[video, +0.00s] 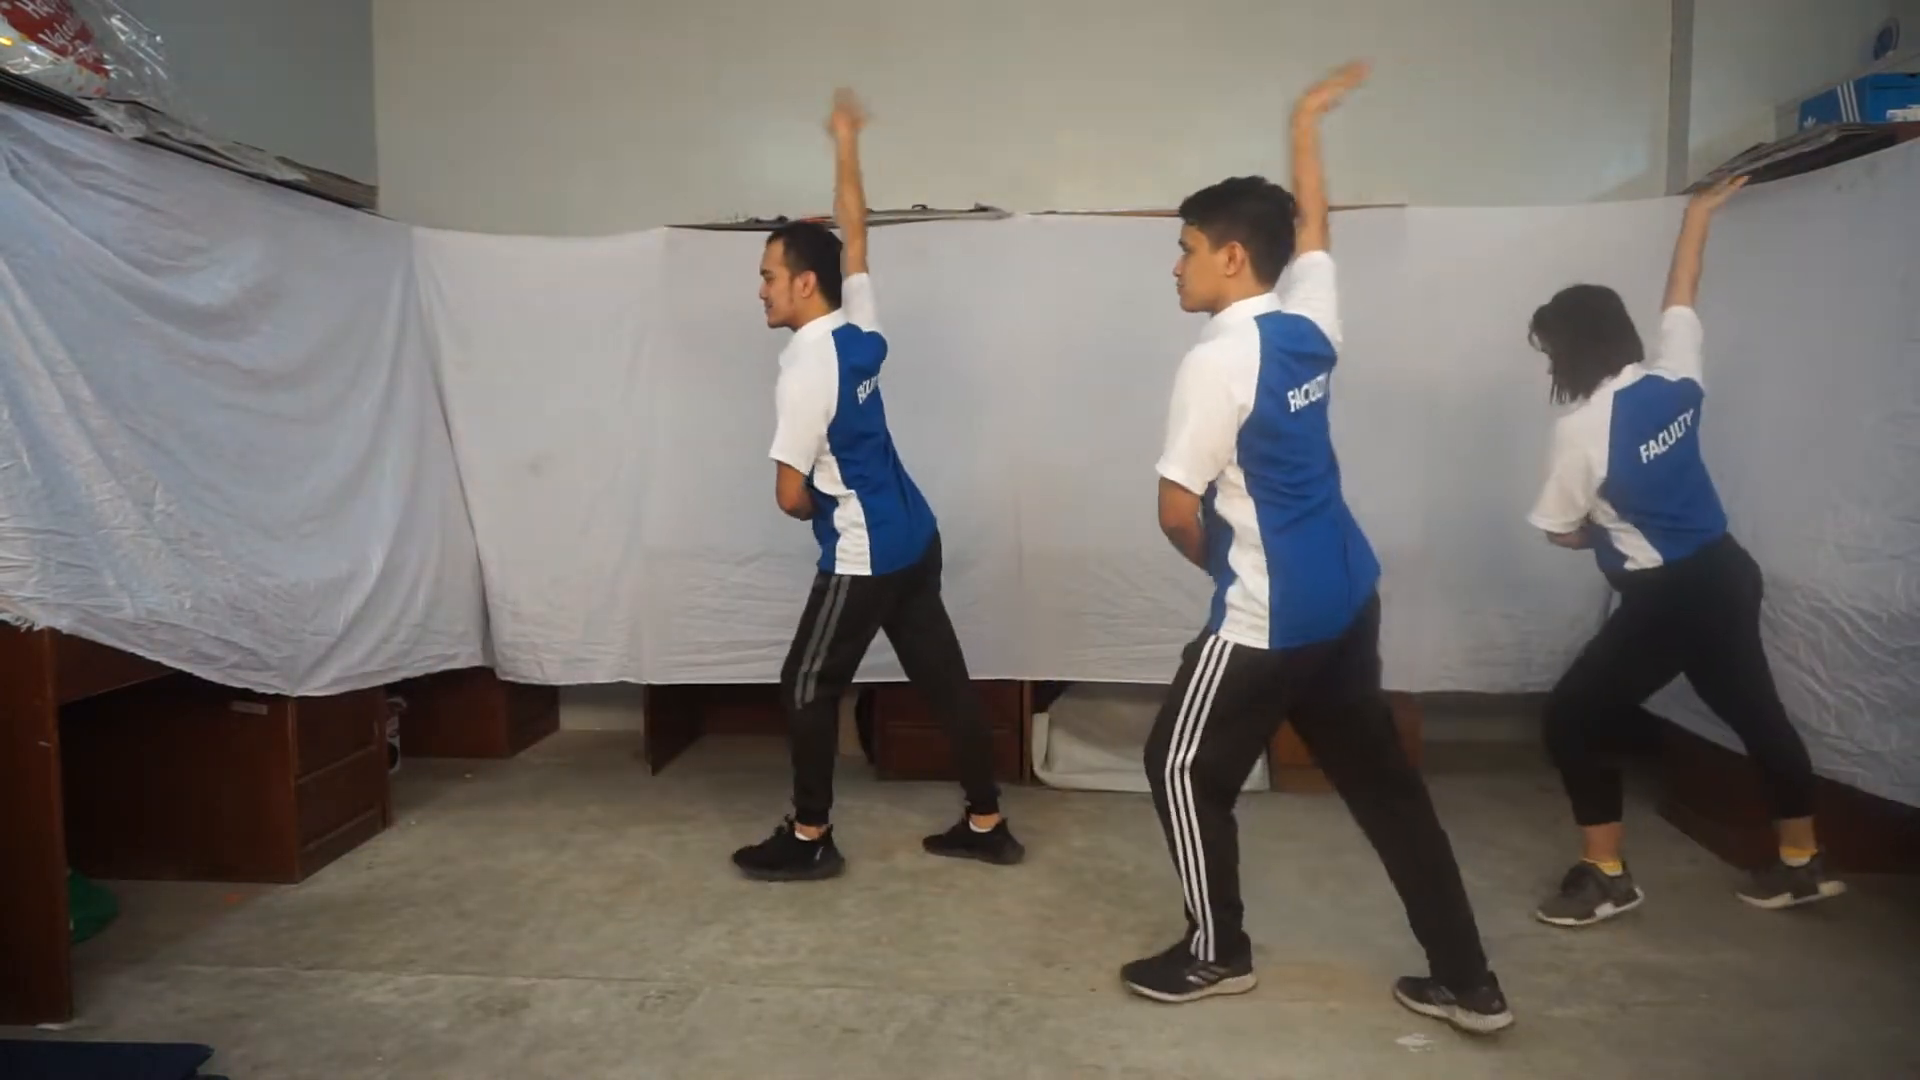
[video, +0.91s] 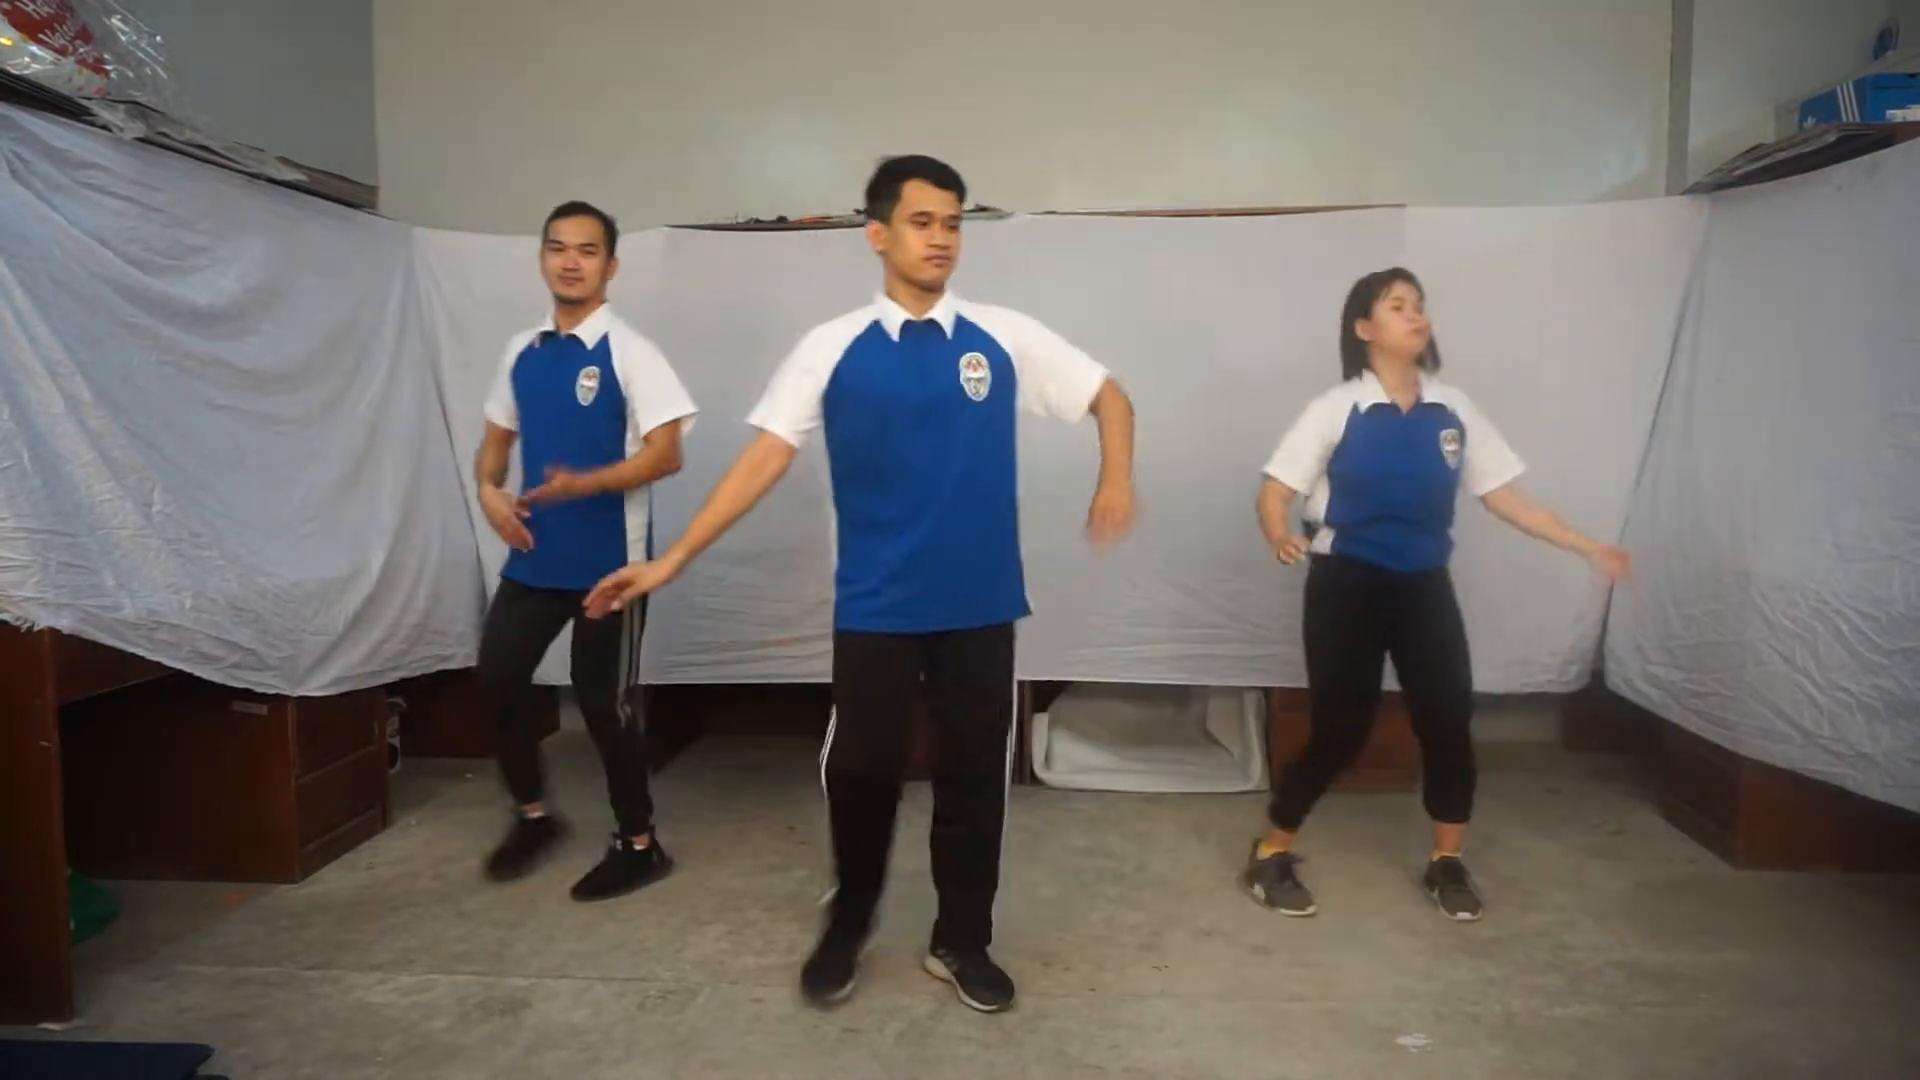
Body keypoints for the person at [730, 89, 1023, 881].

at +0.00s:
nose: (763, 291)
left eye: (771, 279)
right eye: (764, 278)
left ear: (810, 285)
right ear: (821, 283)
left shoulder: (806, 363)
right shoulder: (858, 326)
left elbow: (790, 496)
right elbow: (854, 233)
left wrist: (836, 505)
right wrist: (846, 145)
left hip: (861, 553)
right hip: (912, 538)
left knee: (808, 687)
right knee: (948, 685)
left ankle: (809, 836)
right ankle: (985, 822)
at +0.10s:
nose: (754, 293)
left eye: (761, 281)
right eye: (755, 280)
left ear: (799, 281)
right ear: (810, 279)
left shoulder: (803, 350)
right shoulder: (845, 331)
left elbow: (784, 492)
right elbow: (815, 258)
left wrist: (789, 509)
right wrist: (791, 185)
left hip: (842, 555)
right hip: (886, 540)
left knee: (799, 695)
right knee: (923, 682)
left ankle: (818, 843)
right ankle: (981, 818)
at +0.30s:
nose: (715, 268)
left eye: (724, 256)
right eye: (717, 254)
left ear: (764, 264)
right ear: (767, 264)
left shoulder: (765, 343)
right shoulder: (787, 324)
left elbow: (739, 474)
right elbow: (749, 376)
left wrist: (721, 499)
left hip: (800, 550)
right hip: (785, 543)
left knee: (803, 694)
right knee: (768, 677)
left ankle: (817, 843)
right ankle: (871, 777)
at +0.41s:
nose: (689, 262)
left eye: (700, 251)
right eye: (691, 249)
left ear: (740, 261)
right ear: (734, 262)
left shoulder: (746, 340)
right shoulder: (731, 331)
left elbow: (720, 474)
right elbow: (726, 428)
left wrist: (692, 508)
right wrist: (665, 452)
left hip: (780, 552)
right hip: (742, 550)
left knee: (803, 697)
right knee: (711, 672)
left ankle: (819, 843)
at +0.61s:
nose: (641, 259)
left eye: (659, 248)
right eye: (635, 247)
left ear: (693, 261)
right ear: (629, 256)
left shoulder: (694, 340)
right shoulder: (646, 336)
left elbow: (700, 459)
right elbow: (645, 433)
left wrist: (639, 522)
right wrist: (613, 483)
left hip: (700, 558)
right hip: (650, 553)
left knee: (714, 697)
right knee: (651, 694)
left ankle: (793, 824)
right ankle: (655, 825)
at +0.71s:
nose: (620, 253)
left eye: (637, 242)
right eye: (610, 240)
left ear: (664, 256)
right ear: (597, 250)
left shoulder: (675, 338)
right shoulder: (601, 341)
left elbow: (693, 450)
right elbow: (601, 433)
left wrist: (616, 518)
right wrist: (565, 477)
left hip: (664, 557)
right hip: (609, 552)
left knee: (656, 694)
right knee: (620, 692)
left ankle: (700, 831)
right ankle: (647, 822)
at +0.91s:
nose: (571, 262)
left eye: (586, 251)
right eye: (559, 249)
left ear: (609, 264)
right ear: (541, 259)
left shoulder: (628, 348)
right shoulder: (524, 349)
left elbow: (667, 454)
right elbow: (496, 442)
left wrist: (585, 482)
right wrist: (489, 491)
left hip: (608, 567)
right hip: (536, 563)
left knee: (601, 701)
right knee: (500, 675)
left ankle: (638, 842)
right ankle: (533, 815)